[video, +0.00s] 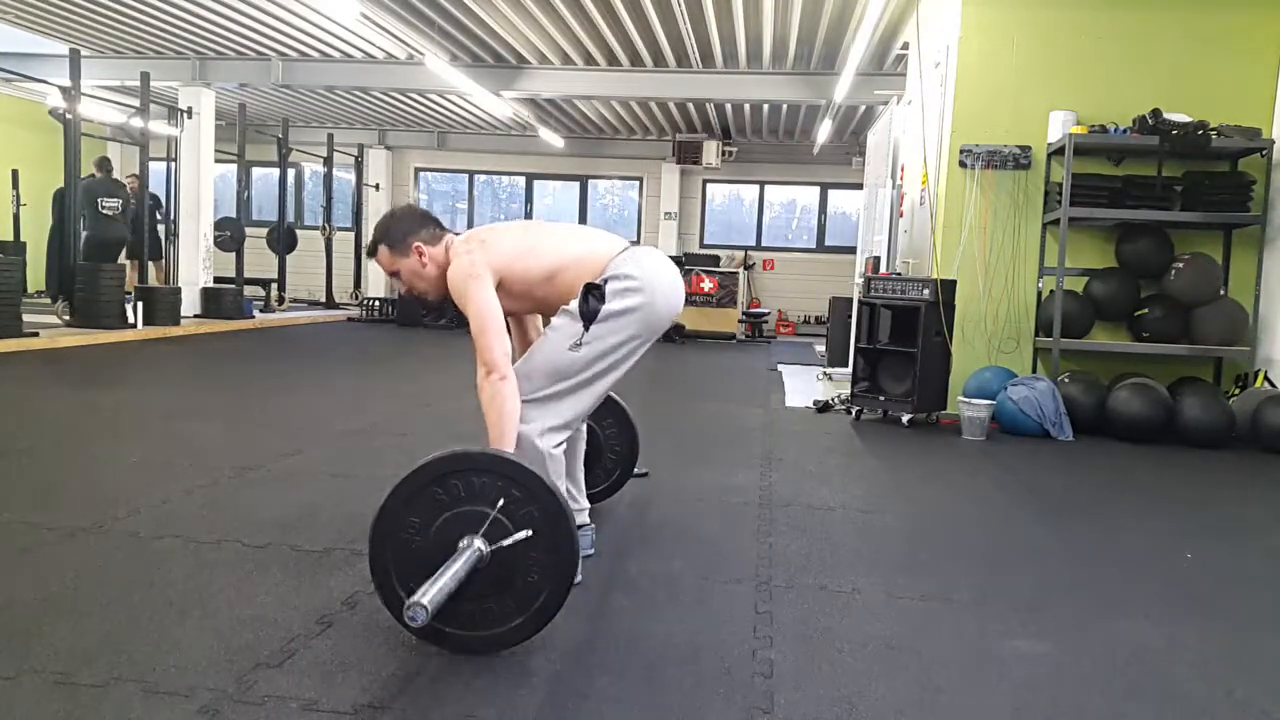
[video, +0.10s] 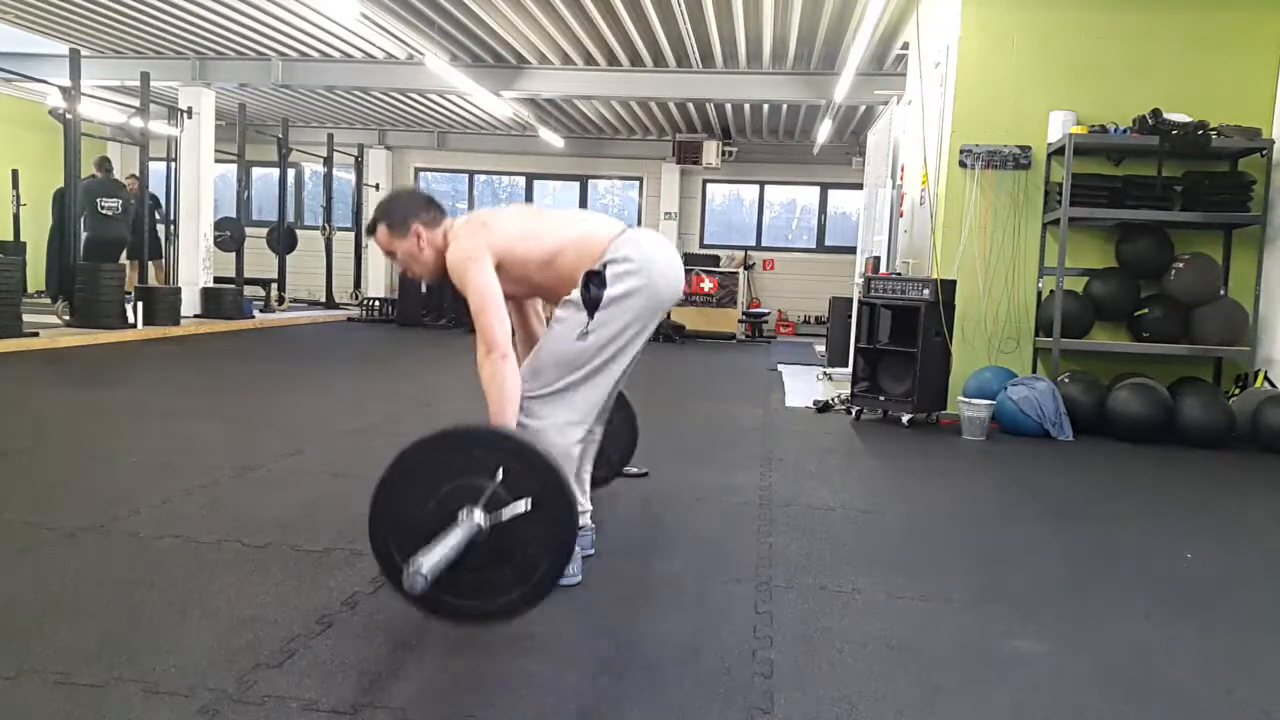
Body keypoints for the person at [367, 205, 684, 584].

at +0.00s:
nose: (402, 290)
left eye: (397, 275)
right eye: (394, 280)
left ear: (421, 252)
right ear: (426, 250)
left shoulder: (467, 266)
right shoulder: (487, 251)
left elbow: (495, 375)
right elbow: (534, 351)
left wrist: (498, 478)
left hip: (628, 287)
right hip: (645, 278)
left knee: (523, 409)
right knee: (555, 398)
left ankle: (551, 550)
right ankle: (575, 527)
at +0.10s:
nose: (400, 269)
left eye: (395, 256)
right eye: (392, 261)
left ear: (420, 235)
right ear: (425, 230)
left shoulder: (465, 247)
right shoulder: (485, 234)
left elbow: (496, 351)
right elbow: (533, 335)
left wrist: (500, 455)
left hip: (626, 272)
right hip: (645, 264)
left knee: (536, 406)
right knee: (570, 401)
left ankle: (555, 552)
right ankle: (575, 526)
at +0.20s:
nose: (392, 227)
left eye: (389, 211)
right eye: (386, 216)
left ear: (418, 190)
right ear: (425, 190)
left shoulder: (464, 207)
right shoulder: (489, 202)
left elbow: (496, 311)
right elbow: (536, 309)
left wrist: (502, 415)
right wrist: (546, 381)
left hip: (620, 254)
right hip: (642, 245)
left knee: (555, 394)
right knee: (593, 392)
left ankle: (557, 551)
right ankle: (576, 528)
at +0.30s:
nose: (392, 167)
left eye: (391, 151)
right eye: (387, 155)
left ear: (420, 137)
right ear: (423, 140)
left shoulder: (466, 159)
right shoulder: (482, 158)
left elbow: (497, 259)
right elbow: (540, 267)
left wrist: (498, 361)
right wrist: (536, 352)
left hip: (620, 239)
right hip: (613, 241)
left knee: (589, 394)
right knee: (586, 391)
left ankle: (562, 549)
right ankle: (574, 528)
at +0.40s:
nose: (404, 100)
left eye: (408, 86)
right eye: (401, 89)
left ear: (441, 76)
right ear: (448, 77)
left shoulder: (479, 109)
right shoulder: (499, 108)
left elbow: (502, 213)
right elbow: (547, 233)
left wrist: (493, 312)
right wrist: (530, 314)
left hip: (603, 239)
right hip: (609, 237)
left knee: (563, 396)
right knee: (581, 395)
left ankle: (557, 548)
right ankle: (575, 528)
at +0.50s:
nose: (450, 38)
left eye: (456, 23)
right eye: (450, 26)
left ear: (493, 22)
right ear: (500, 25)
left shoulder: (520, 67)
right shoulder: (539, 70)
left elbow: (512, 165)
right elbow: (532, 175)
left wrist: (491, 263)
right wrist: (511, 264)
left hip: (581, 236)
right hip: (597, 234)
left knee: (513, 391)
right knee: (553, 392)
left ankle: (552, 544)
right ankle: (568, 523)